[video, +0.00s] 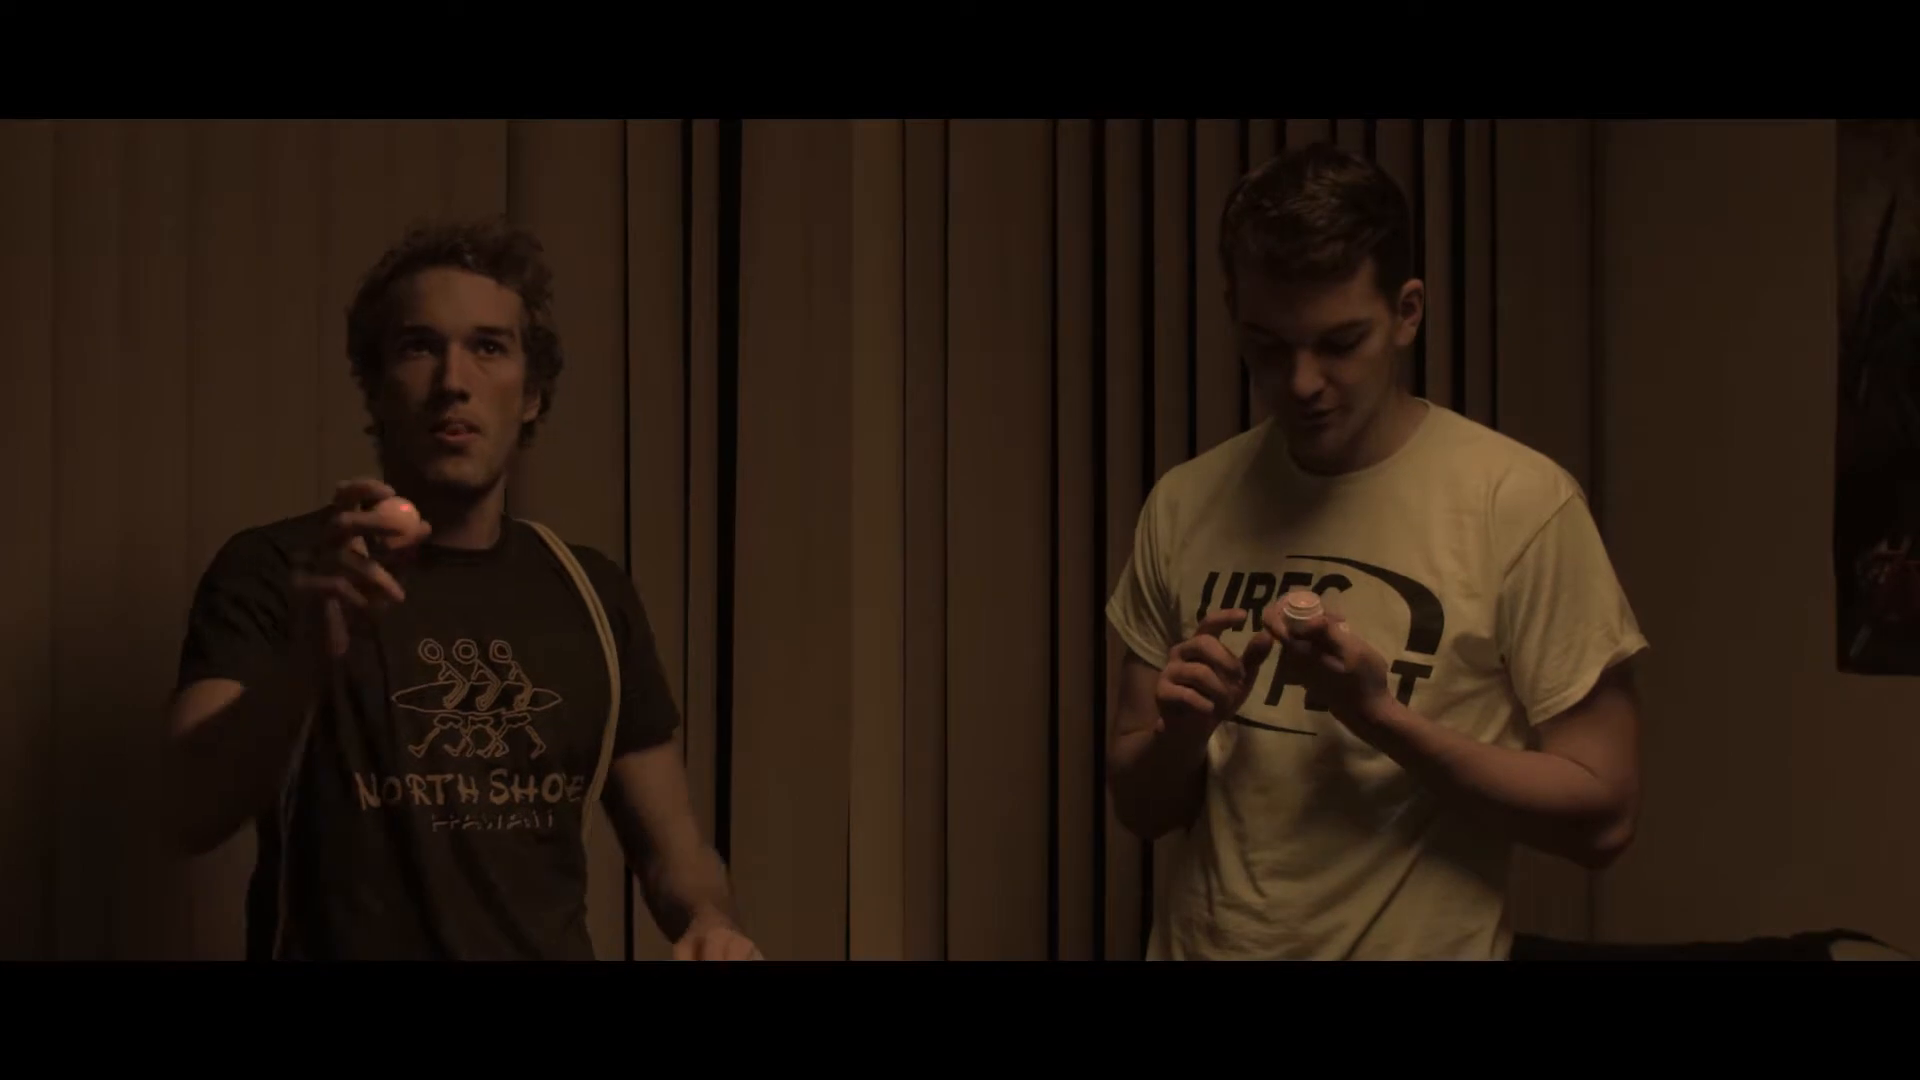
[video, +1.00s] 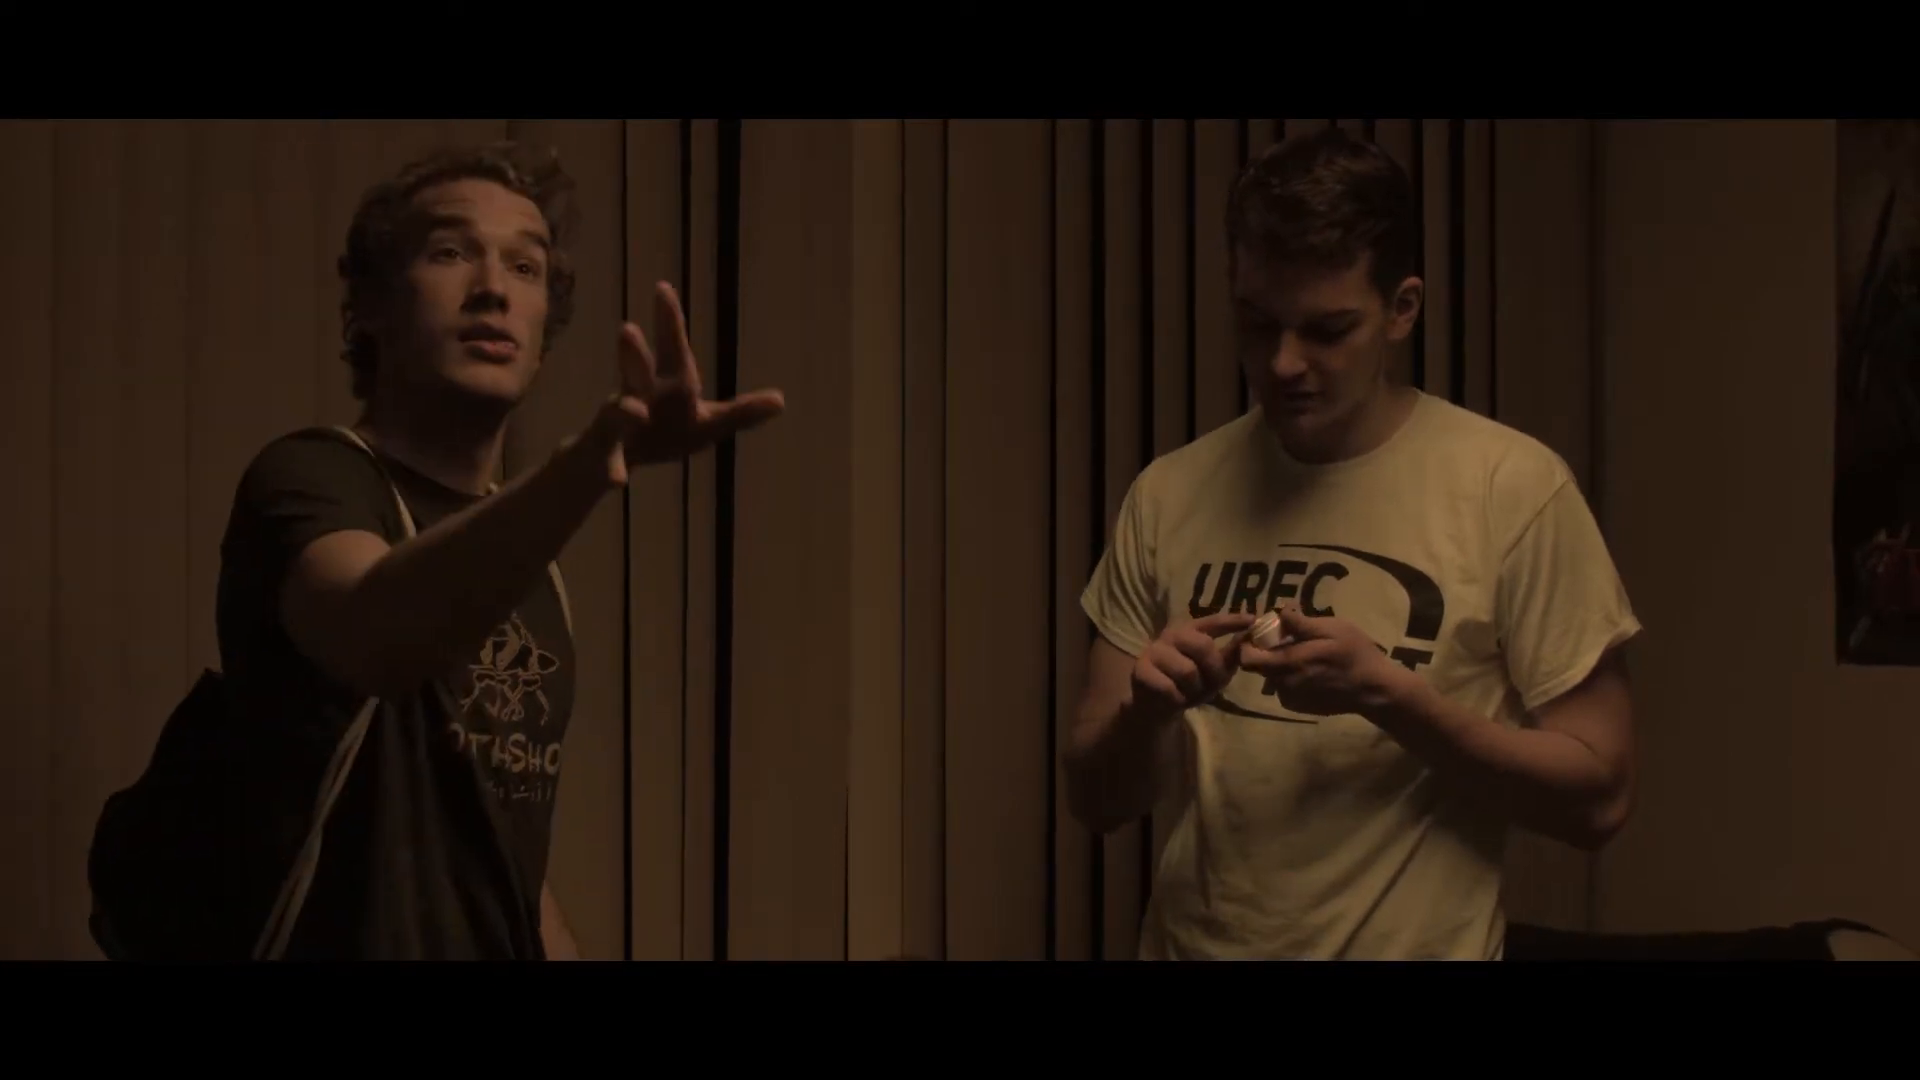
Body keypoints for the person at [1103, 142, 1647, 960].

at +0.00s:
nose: (1304, 385)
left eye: (1341, 343)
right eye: (1270, 347)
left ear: (1408, 312)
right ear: (1239, 325)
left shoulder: (1519, 505)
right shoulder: (1182, 506)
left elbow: (1603, 814)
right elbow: (1140, 811)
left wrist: (1383, 715)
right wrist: (1184, 731)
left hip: (1421, 946)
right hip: (1203, 946)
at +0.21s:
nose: (1299, 380)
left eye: (1337, 341)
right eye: (1266, 343)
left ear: (1407, 310)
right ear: (1238, 320)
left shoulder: (1519, 504)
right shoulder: (1180, 506)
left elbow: (1600, 811)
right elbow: (1125, 813)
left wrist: (1376, 707)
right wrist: (1173, 715)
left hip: (1423, 947)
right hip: (1204, 945)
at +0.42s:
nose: (1293, 373)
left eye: (1332, 336)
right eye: (1264, 336)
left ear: (1405, 307)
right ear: (1238, 313)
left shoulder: (1518, 499)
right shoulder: (1175, 503)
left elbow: (1599, 809)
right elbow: (1115, 812)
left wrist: (1379, 698)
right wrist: (1161, 710)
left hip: (1422, 946)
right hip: (1201, 945)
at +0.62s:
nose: (1287, 368)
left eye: (1328, 332)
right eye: (1260, 329)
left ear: (1403, 307)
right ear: (1236, 305)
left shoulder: (1515, 494)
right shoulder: (1171, 499)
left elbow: (1597, 801)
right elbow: (1101, 806)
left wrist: (1388, 697)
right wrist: (1151, 708)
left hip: (1420, 945)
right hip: (1197, 944)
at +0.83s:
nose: (1286, 365)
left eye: (1328, 331)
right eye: (1260, 327)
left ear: (1403, 309)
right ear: (1237, 306)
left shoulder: (1515, 493)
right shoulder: (1168, 498)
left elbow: (1597, 799)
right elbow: (1095, 805)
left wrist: (1390, 692)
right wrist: (1148, 711)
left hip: (1418, 945)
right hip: (1195, 943)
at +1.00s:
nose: (1287, 365)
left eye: (1328, 331)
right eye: (1260, 327)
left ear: (1403, 311)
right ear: (1237, 306)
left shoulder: (1515, 492)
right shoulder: (1167, 497)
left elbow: (1597, 797)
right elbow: (1091, 802)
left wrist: (1393, 693)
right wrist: (1144, 713)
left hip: (1417, 945)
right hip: (1194, 943)